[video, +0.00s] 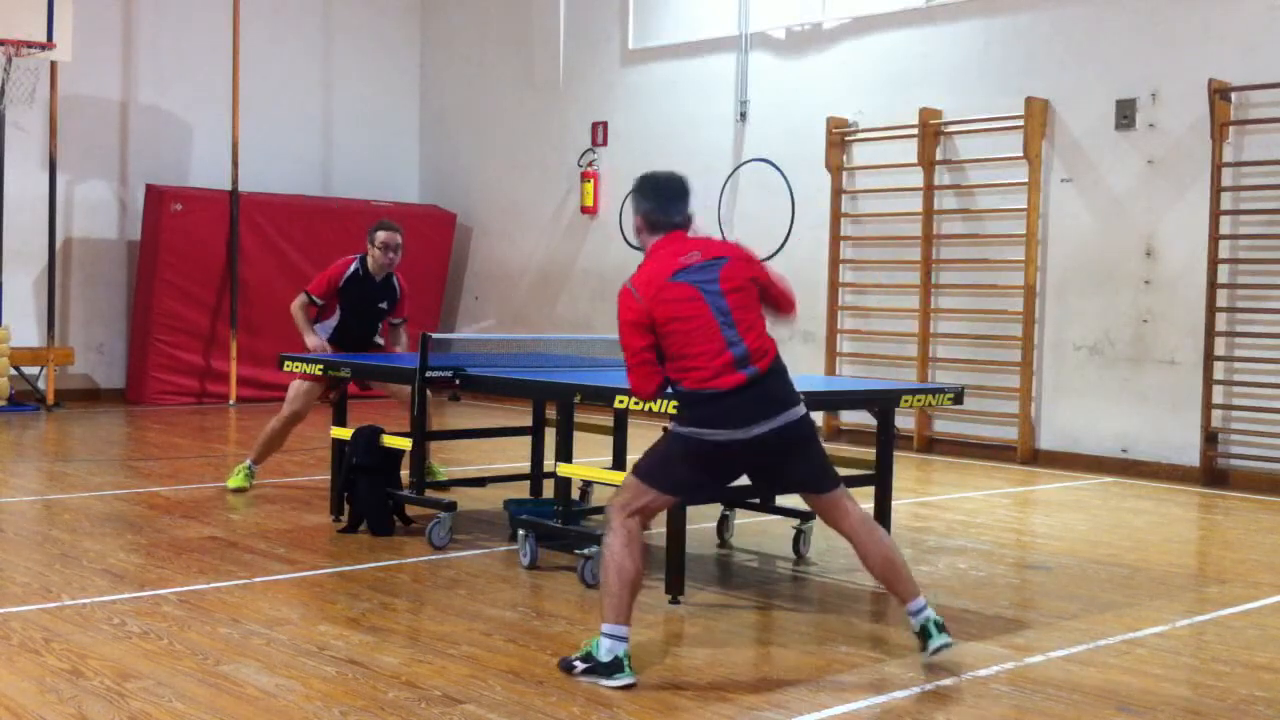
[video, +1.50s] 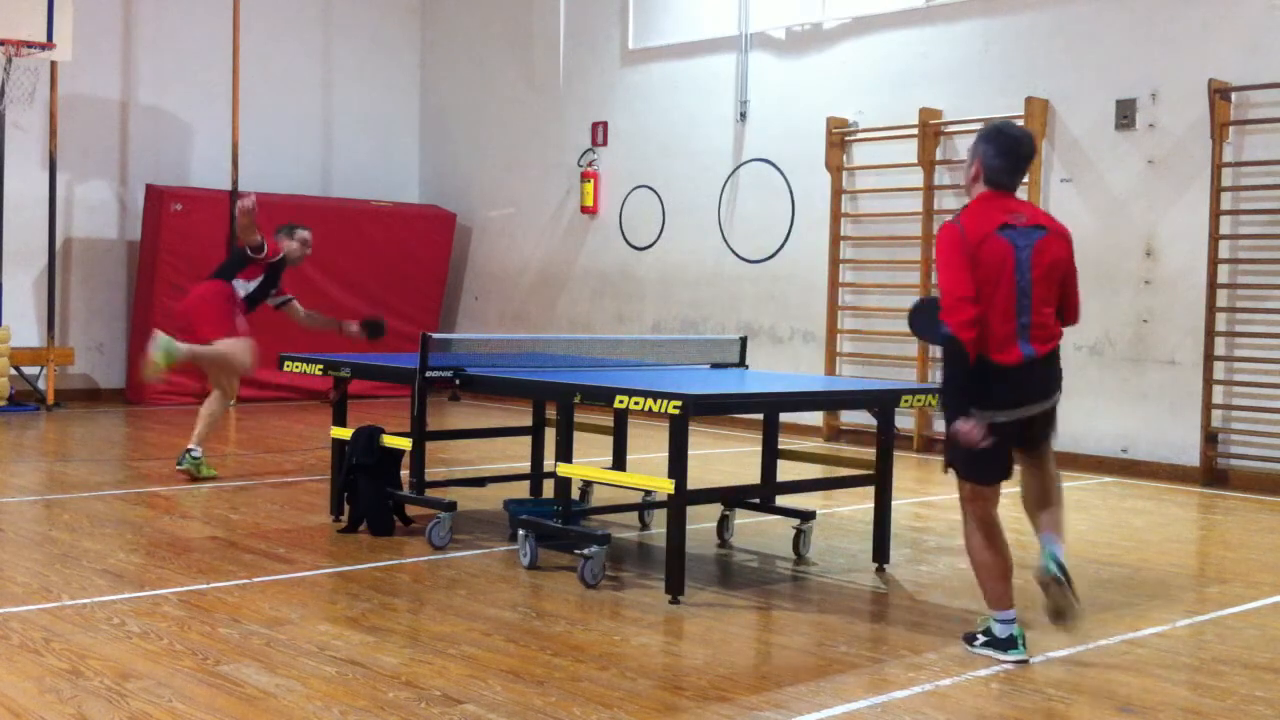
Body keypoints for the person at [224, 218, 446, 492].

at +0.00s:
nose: (391, 255)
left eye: (396, 250)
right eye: (385, 248)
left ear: (401, 253)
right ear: (370, 248)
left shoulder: (396, 287)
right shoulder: (344, 270)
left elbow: (397, 330)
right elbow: (299, 305)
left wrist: (399, 360)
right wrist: (309, 335)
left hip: (367, 353)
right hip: (328, 350)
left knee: (418, 395)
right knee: (292, 412)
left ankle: (422, 465)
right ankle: (248, 468)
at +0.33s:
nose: (344, 236)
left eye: (351, 230)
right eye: (338, 229)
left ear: (359, 233)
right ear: (326, 230)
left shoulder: (365, 266)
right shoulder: (314, 252)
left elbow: (365, 325)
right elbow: (294, 261)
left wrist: (341, 323)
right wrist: (258, 271)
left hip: (358, 346)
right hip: (316, 339)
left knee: (388, 403)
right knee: (267, 387)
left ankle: (424, 462)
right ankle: (241, 464)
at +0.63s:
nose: (294, 230)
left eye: (299, 224)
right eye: (287, 224)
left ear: (305, 227)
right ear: (270, 226)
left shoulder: (312, 260)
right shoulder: (251, 254)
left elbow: (330, 306)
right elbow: (216, 283)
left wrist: (321, 330)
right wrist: (197, 315)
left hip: (300, 335)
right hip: (258, 333)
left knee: (347, 392)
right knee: (232, 392)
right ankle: (235, 462)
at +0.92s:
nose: (271, 225)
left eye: (274, 219)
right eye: (264, 218)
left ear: (277, 223)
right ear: (245, 220)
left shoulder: (263, 259)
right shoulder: (218, 247)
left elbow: (264, 302)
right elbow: (176, 291)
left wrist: (289, 330)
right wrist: (199, 329)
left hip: (240, 334)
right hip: (202, 332)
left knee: (284, 383)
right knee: (190, 396)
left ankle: (303, 458)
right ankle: (145, 465)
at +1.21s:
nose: (274, 232)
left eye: (275, 226)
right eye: (270, 225)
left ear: (254, 227)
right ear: (250, 225)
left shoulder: (245, 256)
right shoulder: (228, 242)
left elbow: (237, 301)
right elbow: (200, 272)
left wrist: (279, 323)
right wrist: (228, 308)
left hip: (205, 325)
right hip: (182, 317)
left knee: (244, 377)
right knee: (185, 397)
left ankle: (205, 450)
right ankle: (123, 463)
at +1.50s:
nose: (308, 251)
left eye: (310, 247)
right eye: (304, 244)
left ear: (298, 247)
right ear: (284, 240)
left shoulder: (273, 284)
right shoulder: (267, 252)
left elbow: (303, 316)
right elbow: (250, 237)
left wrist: (343, 326)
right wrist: (245, 215)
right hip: (213, 296)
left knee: (226, 389)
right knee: (244, 358)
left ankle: (193, 453)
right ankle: (174, 349)